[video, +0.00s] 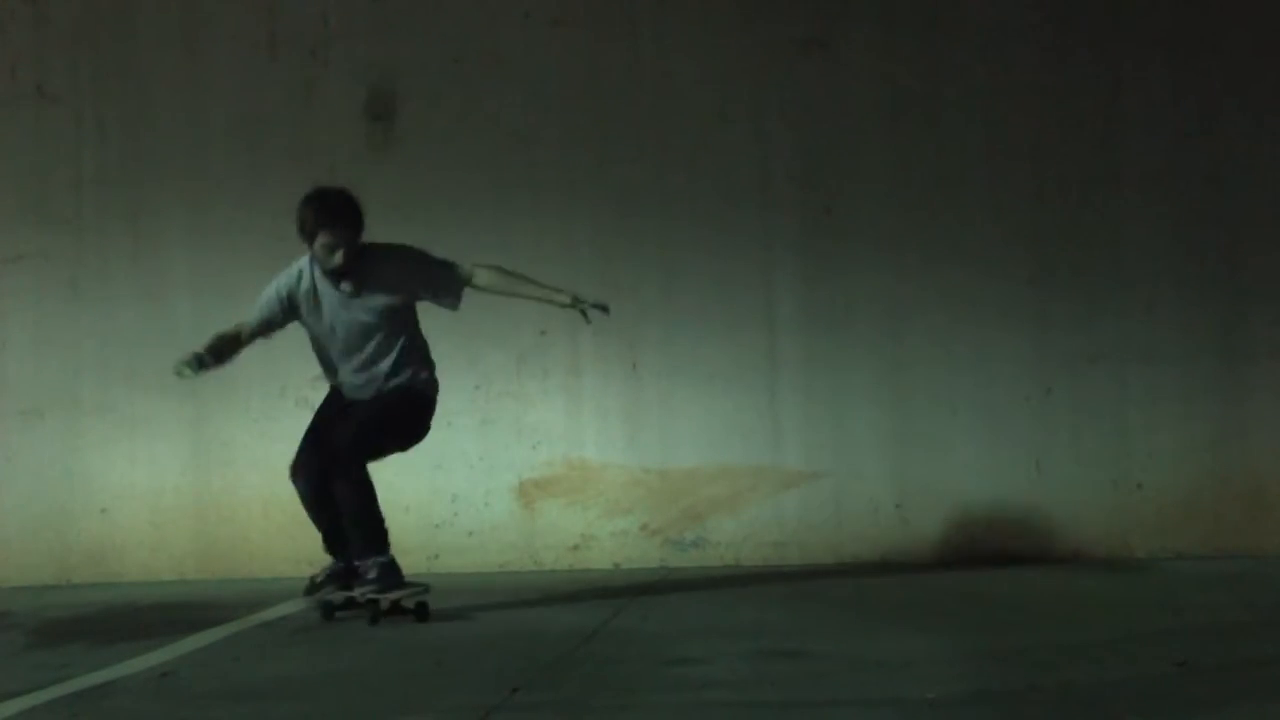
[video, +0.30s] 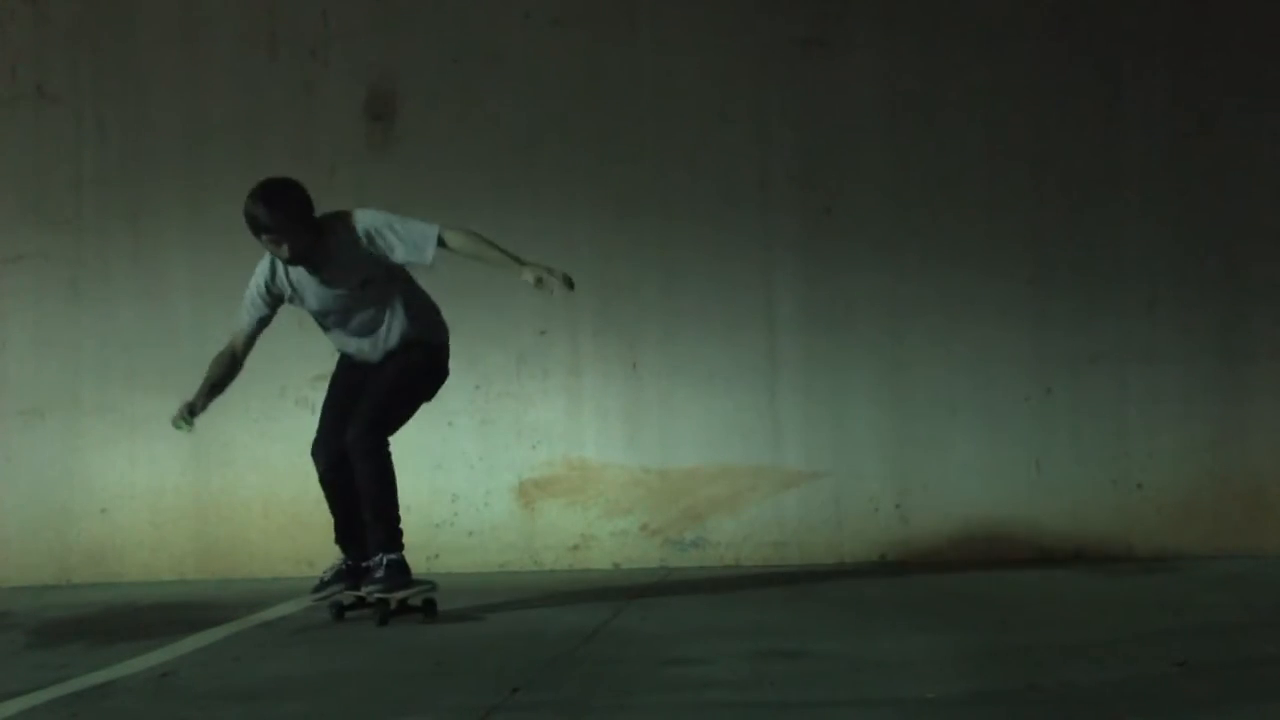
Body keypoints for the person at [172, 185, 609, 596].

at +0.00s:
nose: (340, 259)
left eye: (347, 247)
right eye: (328, 250)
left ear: (358, 237)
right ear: (308, 244)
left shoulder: (390, 267)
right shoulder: (298, 284)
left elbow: (475, 278)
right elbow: (246, 330)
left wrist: (564, 299)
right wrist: (209, 356)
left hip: (405, 397)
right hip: (346, 403)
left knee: (342, 454)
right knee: (306, 470)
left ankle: (379, 566)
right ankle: (347, 563)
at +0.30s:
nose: (283, 249)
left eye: (287, 236)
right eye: (272, 243)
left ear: (307, 219)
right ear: (264, 241)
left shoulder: (362, 231)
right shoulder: (275, 274)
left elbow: (446, 240)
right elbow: (237, 348)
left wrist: (523, 267)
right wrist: (199, 400)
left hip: (416, 349)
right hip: (361, 360)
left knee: (365, 435)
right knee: (327, 451)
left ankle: (389, 560)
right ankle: (357, 561)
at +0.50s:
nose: (253, 265)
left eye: (254, 251)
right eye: (243, 258)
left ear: (277, 231)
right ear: (242, 254)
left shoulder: (337, 229)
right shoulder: (280, 283)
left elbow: (430, 229)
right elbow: (292, 365)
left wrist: (508, 267)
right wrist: (273, 445)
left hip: (431, 324)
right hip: (377, 339)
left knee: (387, 430)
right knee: (348, 438)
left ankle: (391, 560)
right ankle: (359, 558)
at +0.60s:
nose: (247, 280)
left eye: (247, 267)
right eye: (238, 273)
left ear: (270, 245)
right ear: (243, 265)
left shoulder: (333, 241)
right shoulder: (284, 289)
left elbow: (427, 243)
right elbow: (316, 359)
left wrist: (499, 295)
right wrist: (313, 444)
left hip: (437, 319)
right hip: (382, 336)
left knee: (399, 431)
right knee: (363, 436)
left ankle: (397, 560)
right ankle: (364, 558)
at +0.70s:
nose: (247, 289)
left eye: (245, 276)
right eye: (238, 282)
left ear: (269, 251)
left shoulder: (339, 248)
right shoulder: (292, 295)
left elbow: (431, 262)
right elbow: (331, 350)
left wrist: (484, 326)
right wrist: (340, 434)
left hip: (440, 320)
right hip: (388, 335)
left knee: (407, 428)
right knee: (371, 438)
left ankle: (401, 560)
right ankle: (369, 558)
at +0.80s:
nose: (249, 288)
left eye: (246, 276)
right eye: (240, 281)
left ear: (266, 253)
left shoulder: (342, 244)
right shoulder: (295, 288)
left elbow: (430, 267)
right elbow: (338, 337)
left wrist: (467, 347)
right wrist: (355, 419)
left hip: (443, 313)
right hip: (392, 331)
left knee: (411, 431)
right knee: (373, 438)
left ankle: (405, 561)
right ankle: (372, 558)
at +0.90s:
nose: (251, 276)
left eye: (249, 264)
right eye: (243, 269)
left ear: (271, 239)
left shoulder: (345, 237)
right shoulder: (300, 275)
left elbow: (433, 270)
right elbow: (344, 323)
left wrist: (454, 353)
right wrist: (363, 400)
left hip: (448, 316)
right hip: (397, 331)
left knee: (414, 428)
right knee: (376, 434)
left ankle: (406, 560)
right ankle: (374, 558)